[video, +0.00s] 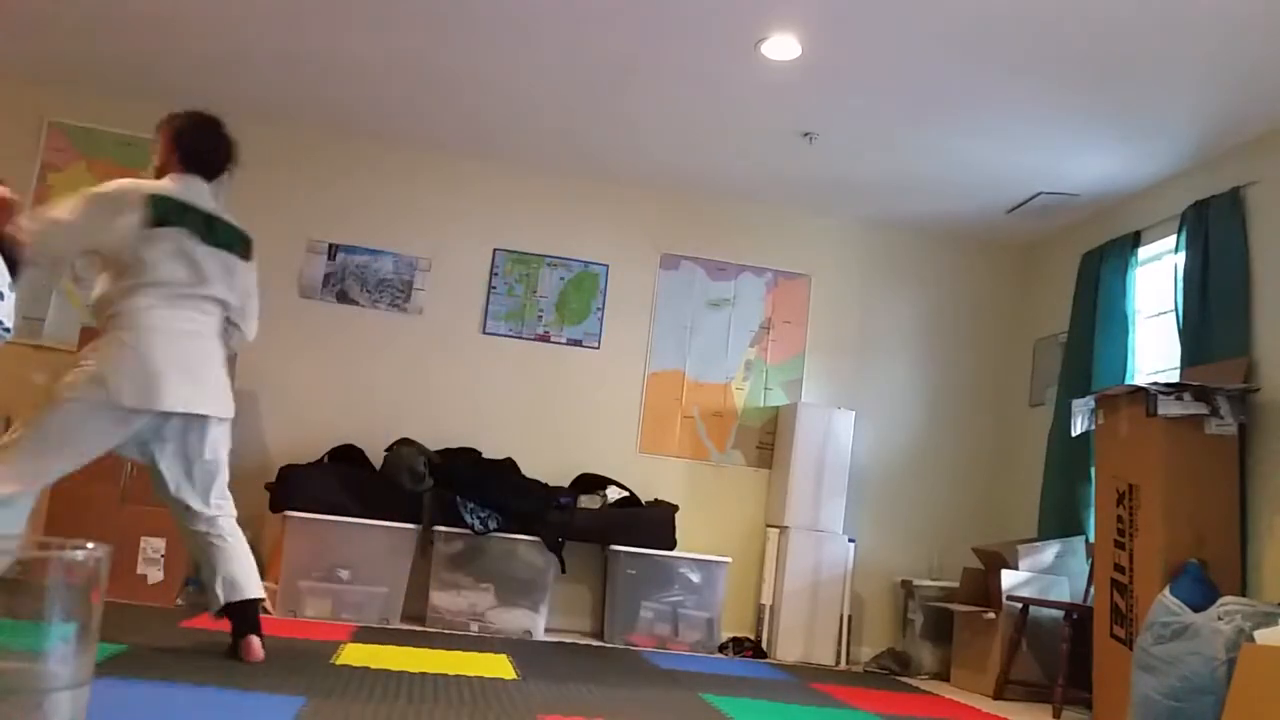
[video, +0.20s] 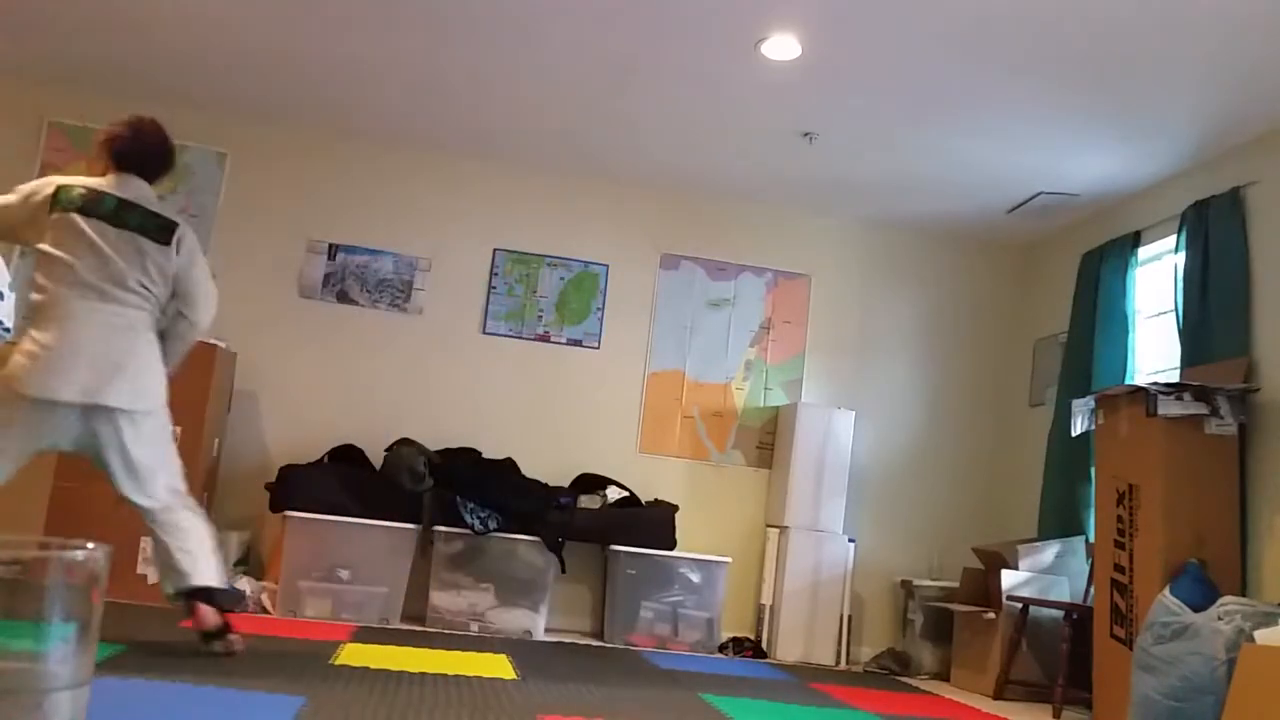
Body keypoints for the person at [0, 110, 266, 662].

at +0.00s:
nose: (156, 153)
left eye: (160, 145)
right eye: (161, 144)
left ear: (169, 153)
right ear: (219, 168)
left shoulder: (132, 198)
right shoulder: (237, 238)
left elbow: (42, 232)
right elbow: (242, 328)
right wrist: (193, 354)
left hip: (128, 373)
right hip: (204, 388)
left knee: (17, 471)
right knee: (211, 508)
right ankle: (248, 629)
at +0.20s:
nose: (92, 156)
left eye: (98, 150)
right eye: (98, 149)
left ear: (104, 156)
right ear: (158, 176)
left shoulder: (55, 194)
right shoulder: (177, 233)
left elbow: (2, 215)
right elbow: (198, 312)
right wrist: (154, 367)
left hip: (42, 370)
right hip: (131, 383)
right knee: (167, 498)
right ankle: (205, 598)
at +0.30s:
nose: (83, 142)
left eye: (88, 136)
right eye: (89, 135)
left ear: (97, 142)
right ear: (150, 159)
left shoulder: (52, 179)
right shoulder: (172, 218)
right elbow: (188, 299)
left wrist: (21, 286)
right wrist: (139, 329)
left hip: (40, 343)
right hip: (123, 358)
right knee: (143, 481)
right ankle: (171, 585)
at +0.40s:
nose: (80, 138)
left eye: (86, 131)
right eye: (84, 130)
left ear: (101, 138)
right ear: (150, 153)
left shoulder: (57, 174)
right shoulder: (174, 213)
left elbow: (3, 239)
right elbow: (179, 307)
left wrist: (32, 278)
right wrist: (128, 309)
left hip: (43, 337)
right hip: (124, 352)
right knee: (141, 475)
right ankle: (160, 570)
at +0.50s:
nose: (102, 151)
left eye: (107, 144)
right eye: (106, 142)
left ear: (117, 150)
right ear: (167, 164)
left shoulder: (72, 182)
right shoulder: (190, 226)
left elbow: (8, 237)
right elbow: (176, 314)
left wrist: (32, 281)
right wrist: (128, 314)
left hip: (50, 347)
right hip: (129, 366)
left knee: (0, 460)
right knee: (143, 485)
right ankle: (164, 592)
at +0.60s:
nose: (130, 168)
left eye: (134, 160)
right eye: (135, 160)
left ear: (142, 165)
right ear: (192, 178)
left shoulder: (103, 197)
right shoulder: (214, 243)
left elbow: (24, 255)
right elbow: (194, 327)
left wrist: (8, 237)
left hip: (77, 359)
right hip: (150, 380)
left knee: (0, 469)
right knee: (144, 507)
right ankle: (159, 611)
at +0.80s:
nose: (186, 167)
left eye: (189, 159)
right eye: (189, 159)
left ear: (199, 162)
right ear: (250, 171)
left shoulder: (169, 198)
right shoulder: (275, 234)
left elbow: (109, 273)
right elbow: (266, 314)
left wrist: (92, 255)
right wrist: (223, 291)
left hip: (163, 356)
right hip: (232, 373)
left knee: (88, 461)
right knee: (199, 494)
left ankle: (32, 572)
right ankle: (173, 610)